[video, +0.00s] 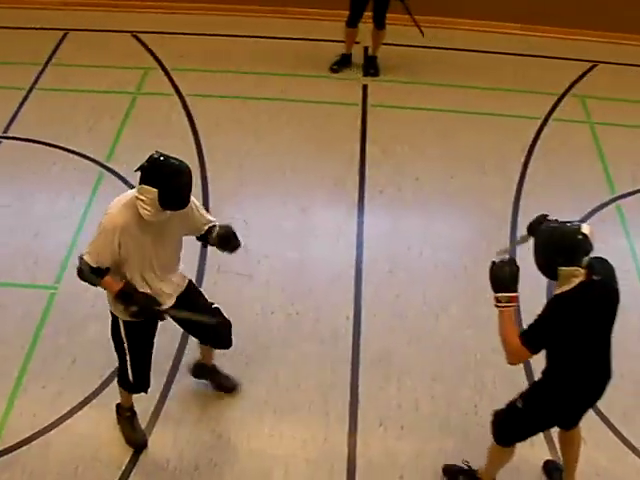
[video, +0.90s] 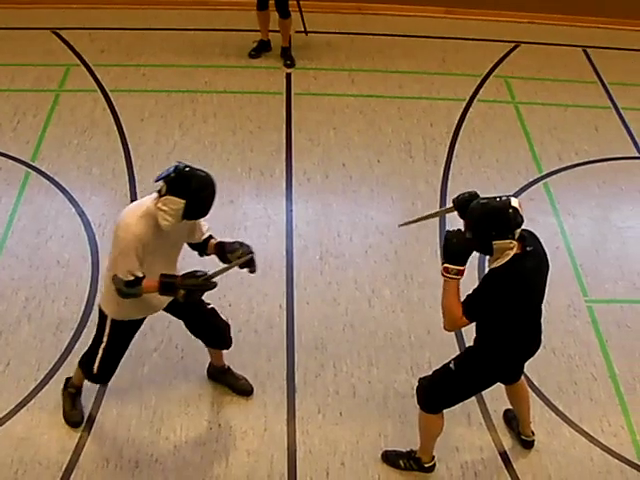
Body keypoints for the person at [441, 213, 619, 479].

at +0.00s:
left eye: (540, 252)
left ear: (547, 265)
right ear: (582, 254)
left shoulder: (561, 308)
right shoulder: (604, 276)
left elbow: (515, 354)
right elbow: (581, 256)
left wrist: (505, 297)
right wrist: (554, 233)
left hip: (563, 386)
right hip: (596, 377)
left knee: (506, 425)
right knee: (569, 423)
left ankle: (485, 475)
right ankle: (569, 475)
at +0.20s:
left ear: (508, 263)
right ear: (544, 250)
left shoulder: (521, 306)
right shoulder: (566, 272)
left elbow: (474, 347)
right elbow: (546, 253)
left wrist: (470, 291)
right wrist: (525, 229)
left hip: (526, 377)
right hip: (560, 365)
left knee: (463, 411)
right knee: (540, 393)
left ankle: (460, 472)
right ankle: (550, 461)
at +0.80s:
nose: (473, 232)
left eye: (475, 230)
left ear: (487, 243)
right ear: (516, 227)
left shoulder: (501, 282)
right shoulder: (536, 246)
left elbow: (458, 325)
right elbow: (513, 227)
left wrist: (453, 272)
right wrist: (489, 208)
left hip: (498, 355)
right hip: (529, 339)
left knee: (433, 394)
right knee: (514, 376)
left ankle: (426, 460)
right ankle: (528, 431)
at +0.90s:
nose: (470, 236)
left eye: (475, 234)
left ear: (490, 241)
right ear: (512, 228)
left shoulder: (500, 280)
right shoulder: (532, 244)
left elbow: (453, 322)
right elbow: (501, 240)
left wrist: (453, 268)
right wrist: (479, 213)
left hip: (497, 353)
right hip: (526, 339)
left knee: (429, 392)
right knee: (513, 375)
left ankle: (424, 458)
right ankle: (526, 430)